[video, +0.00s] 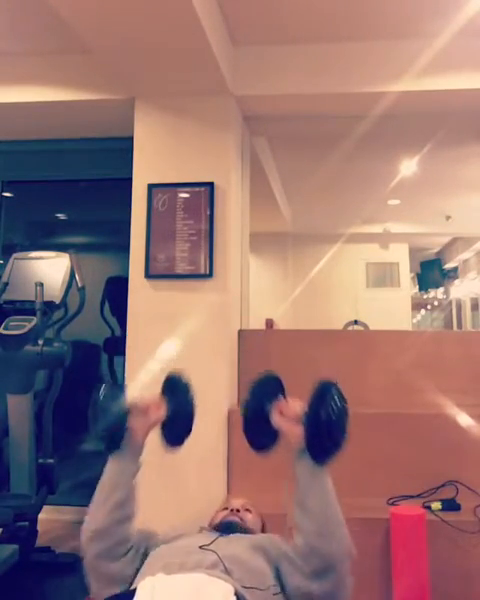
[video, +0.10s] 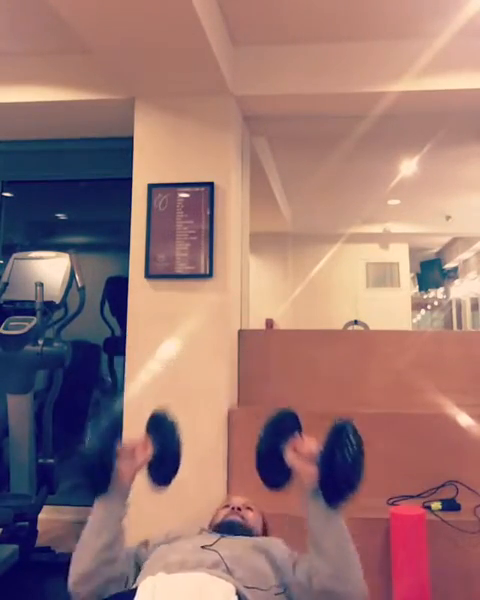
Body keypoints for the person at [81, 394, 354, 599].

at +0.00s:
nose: (235, 510)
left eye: (246, 511)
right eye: (227, 509)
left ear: (262, 531)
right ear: (207, 524)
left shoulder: (275, 551)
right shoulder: (158, 548)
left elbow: (329, 558)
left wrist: (304, 450)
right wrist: (131, 443)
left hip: (229, 588)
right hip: (153, 586)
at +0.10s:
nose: (236, 507)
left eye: (247, 508)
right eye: (227, 505)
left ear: (263, 531)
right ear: (209, 522)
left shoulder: (274, 550)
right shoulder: (164, 543)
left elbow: (342, 591)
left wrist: (315, 492)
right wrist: (118, 486)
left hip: (229, 590)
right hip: (157, 586)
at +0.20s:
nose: (236, 508)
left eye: (249, 508)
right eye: (227, 506)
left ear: (266, 528)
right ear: (209, 524)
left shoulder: (277, 556)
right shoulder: (163, 551)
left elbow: (336, 596)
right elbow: (92, 594)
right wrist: (113, 527)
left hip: (230, 590)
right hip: (156, 588)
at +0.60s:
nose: (234, 511)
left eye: (246, 512)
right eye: (226, 510)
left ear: (262, 534)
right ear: (207, 526)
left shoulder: (277, 555)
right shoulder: (160, 549)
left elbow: (335, 596)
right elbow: (85, 588)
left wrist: (318, 513)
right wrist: (119, 490)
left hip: (224, 589)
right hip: (153, 587)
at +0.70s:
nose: (235, 515)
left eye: (246, 516)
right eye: (226, 514)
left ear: (266, 534)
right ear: (209, 527)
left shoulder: (280, 556)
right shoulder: (164, 543)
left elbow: (342, 581)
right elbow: (99, 559)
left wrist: (312, 473)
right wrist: (127, 459)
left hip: (230, 591)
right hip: (156, 588)